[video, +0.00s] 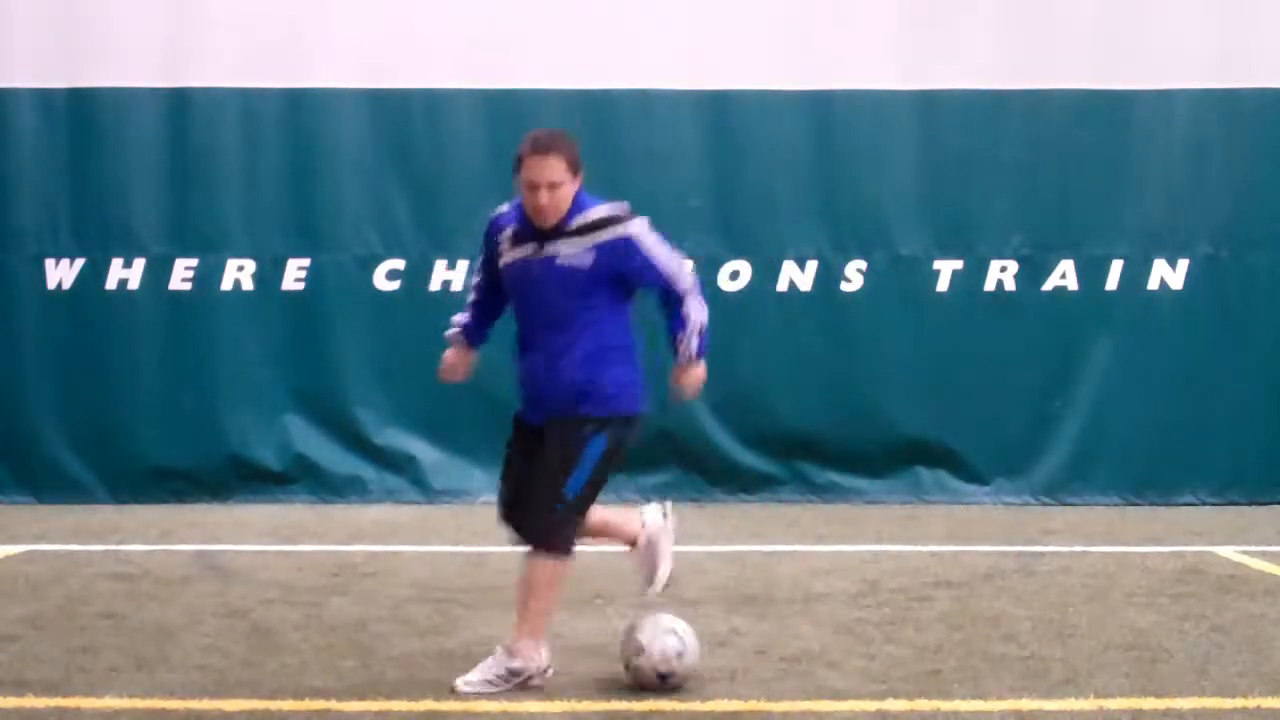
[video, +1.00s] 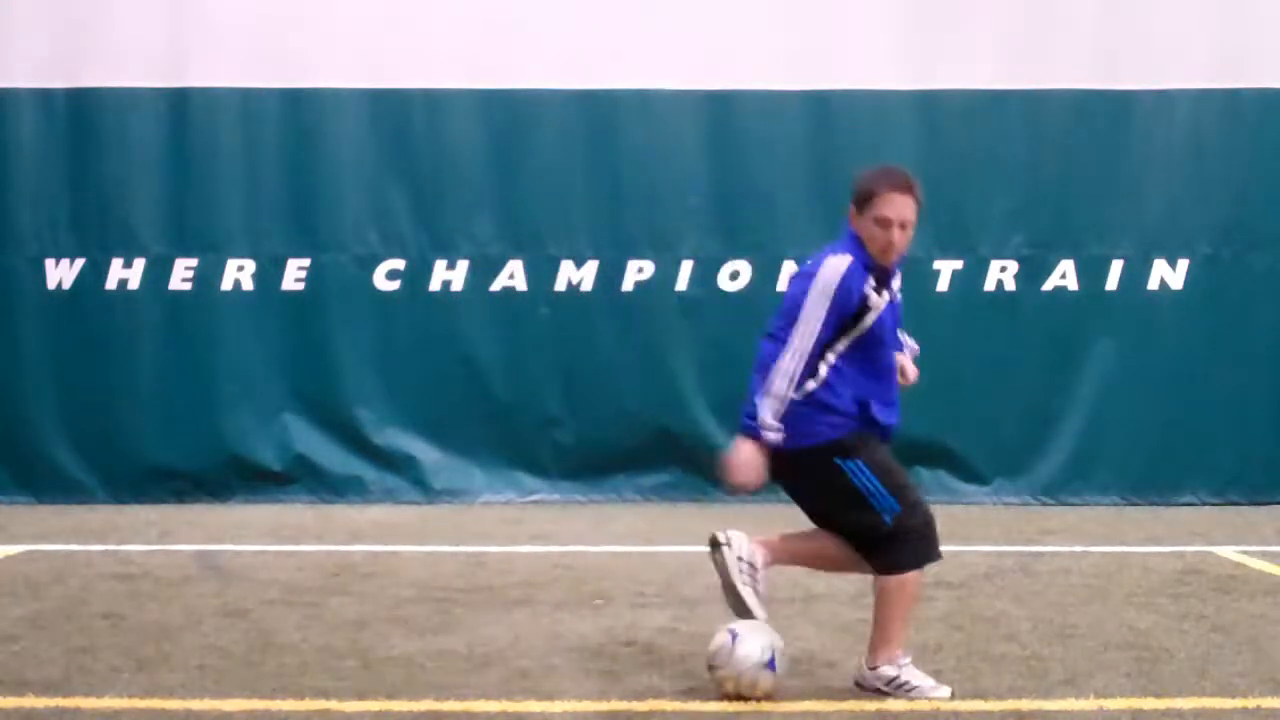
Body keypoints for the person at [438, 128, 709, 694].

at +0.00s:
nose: (541, 199)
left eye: (553, 187)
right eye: (531, 187)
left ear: (577, 181)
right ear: (517, 183)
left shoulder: (615, 227)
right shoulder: (504, 230)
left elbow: (682, 282)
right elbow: (488, 290)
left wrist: (690, 352)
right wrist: (465, 338)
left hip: (602, 403)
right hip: (541, 403)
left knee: (552, 520)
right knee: (521, 513)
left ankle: (526, 655)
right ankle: (642, 528)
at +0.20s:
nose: (584, 196)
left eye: (595, 184)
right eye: (573, 185)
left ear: (616, 185)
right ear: (559, 186)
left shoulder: (650, 236)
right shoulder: (537, 237)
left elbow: (702, 302)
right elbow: (512, 295)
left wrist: (706, 357)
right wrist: (490, 354)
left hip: (643, 394)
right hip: (572, 398)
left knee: (662, 496)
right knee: (559, 524)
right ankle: (584, 634)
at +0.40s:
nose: (662, 140)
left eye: (672, 129)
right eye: (650, 129)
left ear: (689, 131)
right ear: (631, 132)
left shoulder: (719, 184)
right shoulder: (600, 183)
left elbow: (754, 248)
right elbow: (565, 245)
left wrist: (751, 290)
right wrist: (541, 302)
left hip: (701, 360)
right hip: (621, 364)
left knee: (748, 475)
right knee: (605, 485)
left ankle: (782, 604)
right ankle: (609, 610)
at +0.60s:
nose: (740, 172)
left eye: (750, 162)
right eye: (728, 161)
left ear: (765, 167)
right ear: (708, 166)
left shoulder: (789, 223)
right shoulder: (676, 219)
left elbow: (819, 290)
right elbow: (633, 294)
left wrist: (843, 344)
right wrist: (631, 362)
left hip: (761, 380)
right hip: (693, 367)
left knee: (758, 515)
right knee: (728, 436)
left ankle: (731, 635)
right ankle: (705, 585)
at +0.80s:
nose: (828, 165)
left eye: (838, 154)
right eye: (816, 153)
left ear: (848, 154)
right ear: (790, 153)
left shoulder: (846, 207)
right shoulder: (754, 200)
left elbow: (854, 259)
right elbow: (702, 268)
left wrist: (879, 303)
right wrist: (688, 352)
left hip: (803, 365)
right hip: (747, 359)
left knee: (813, 509)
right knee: (832, 463)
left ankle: (723, 582)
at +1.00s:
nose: (895, 239)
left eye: (905, 227)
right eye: (883, 224)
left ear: (915, 226)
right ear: (857, 219)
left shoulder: (884, 273)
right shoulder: (835, 271)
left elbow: (879, 324)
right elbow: (793, 350)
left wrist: (897, 351)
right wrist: (758, 433)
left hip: (846, 434)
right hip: (817, 437)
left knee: (885, 546)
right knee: (909, 531)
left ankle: (756, 552)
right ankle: (885, 664)